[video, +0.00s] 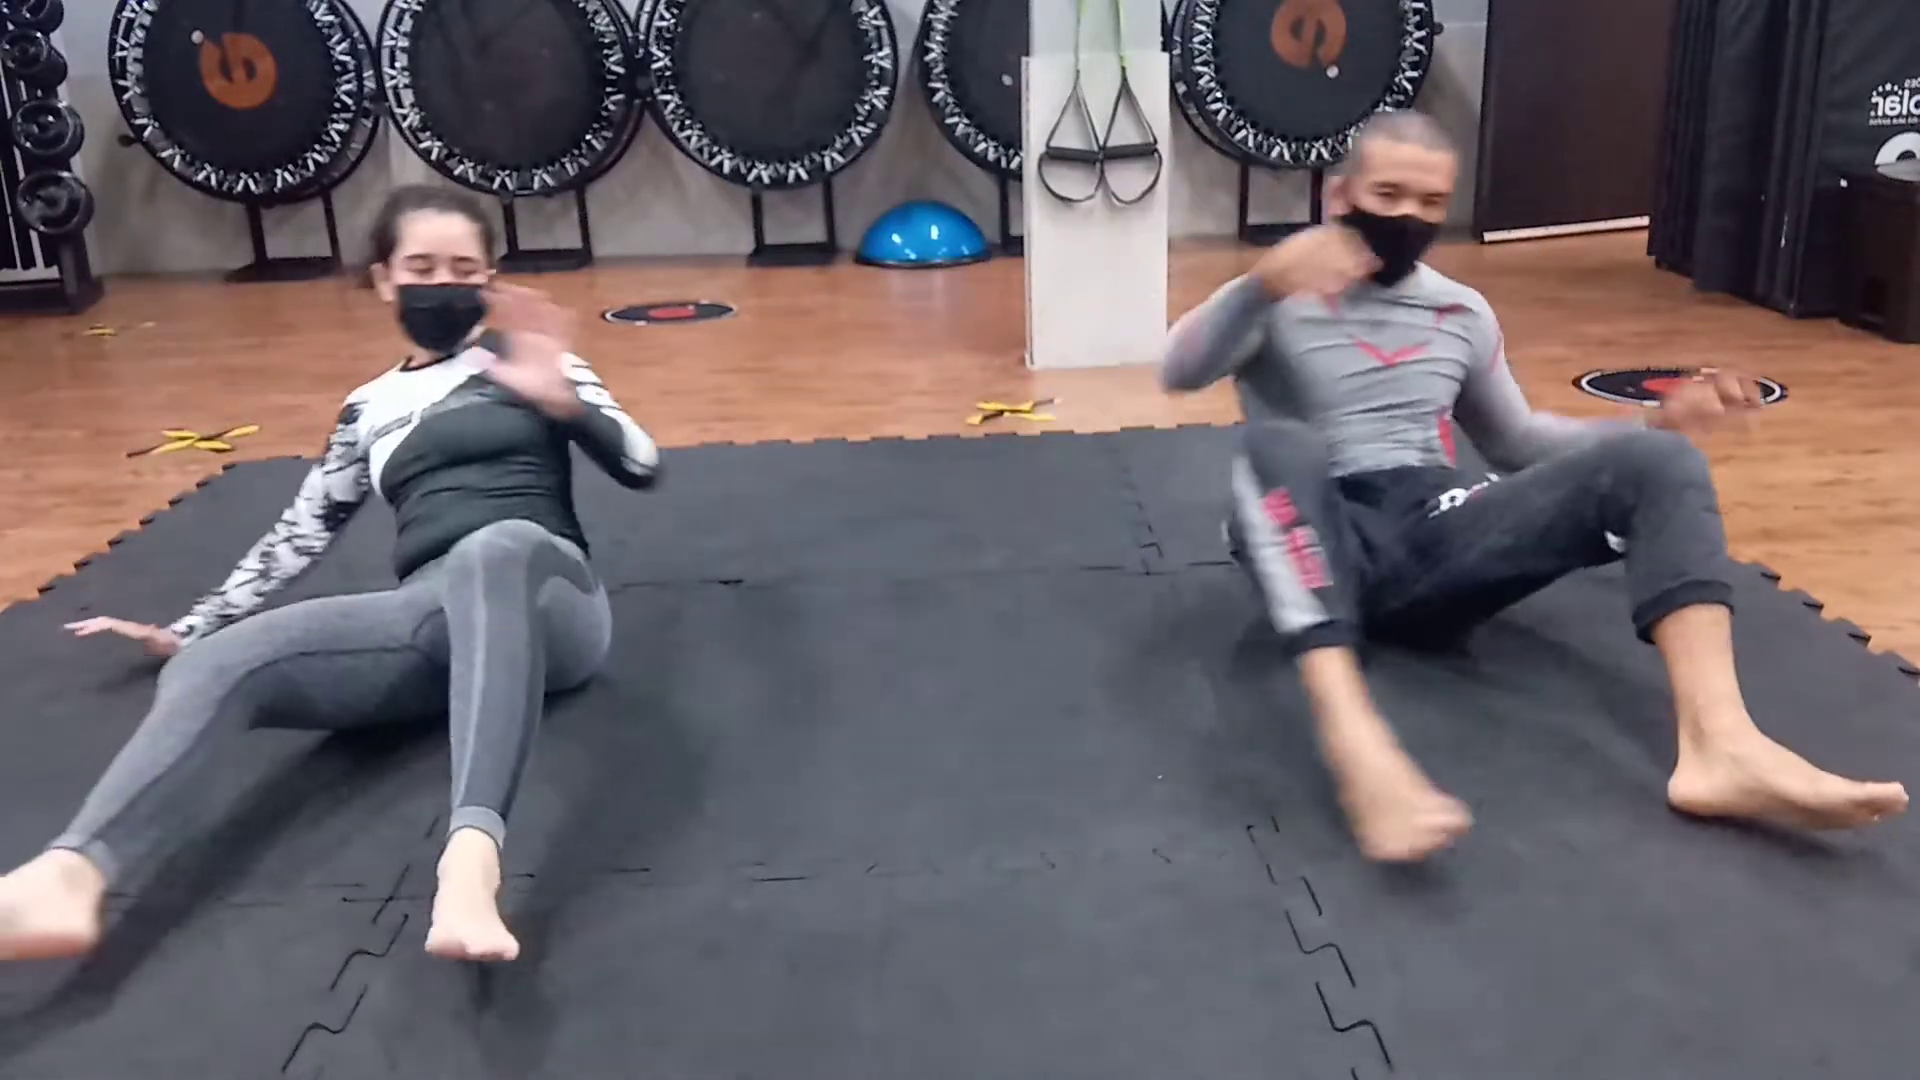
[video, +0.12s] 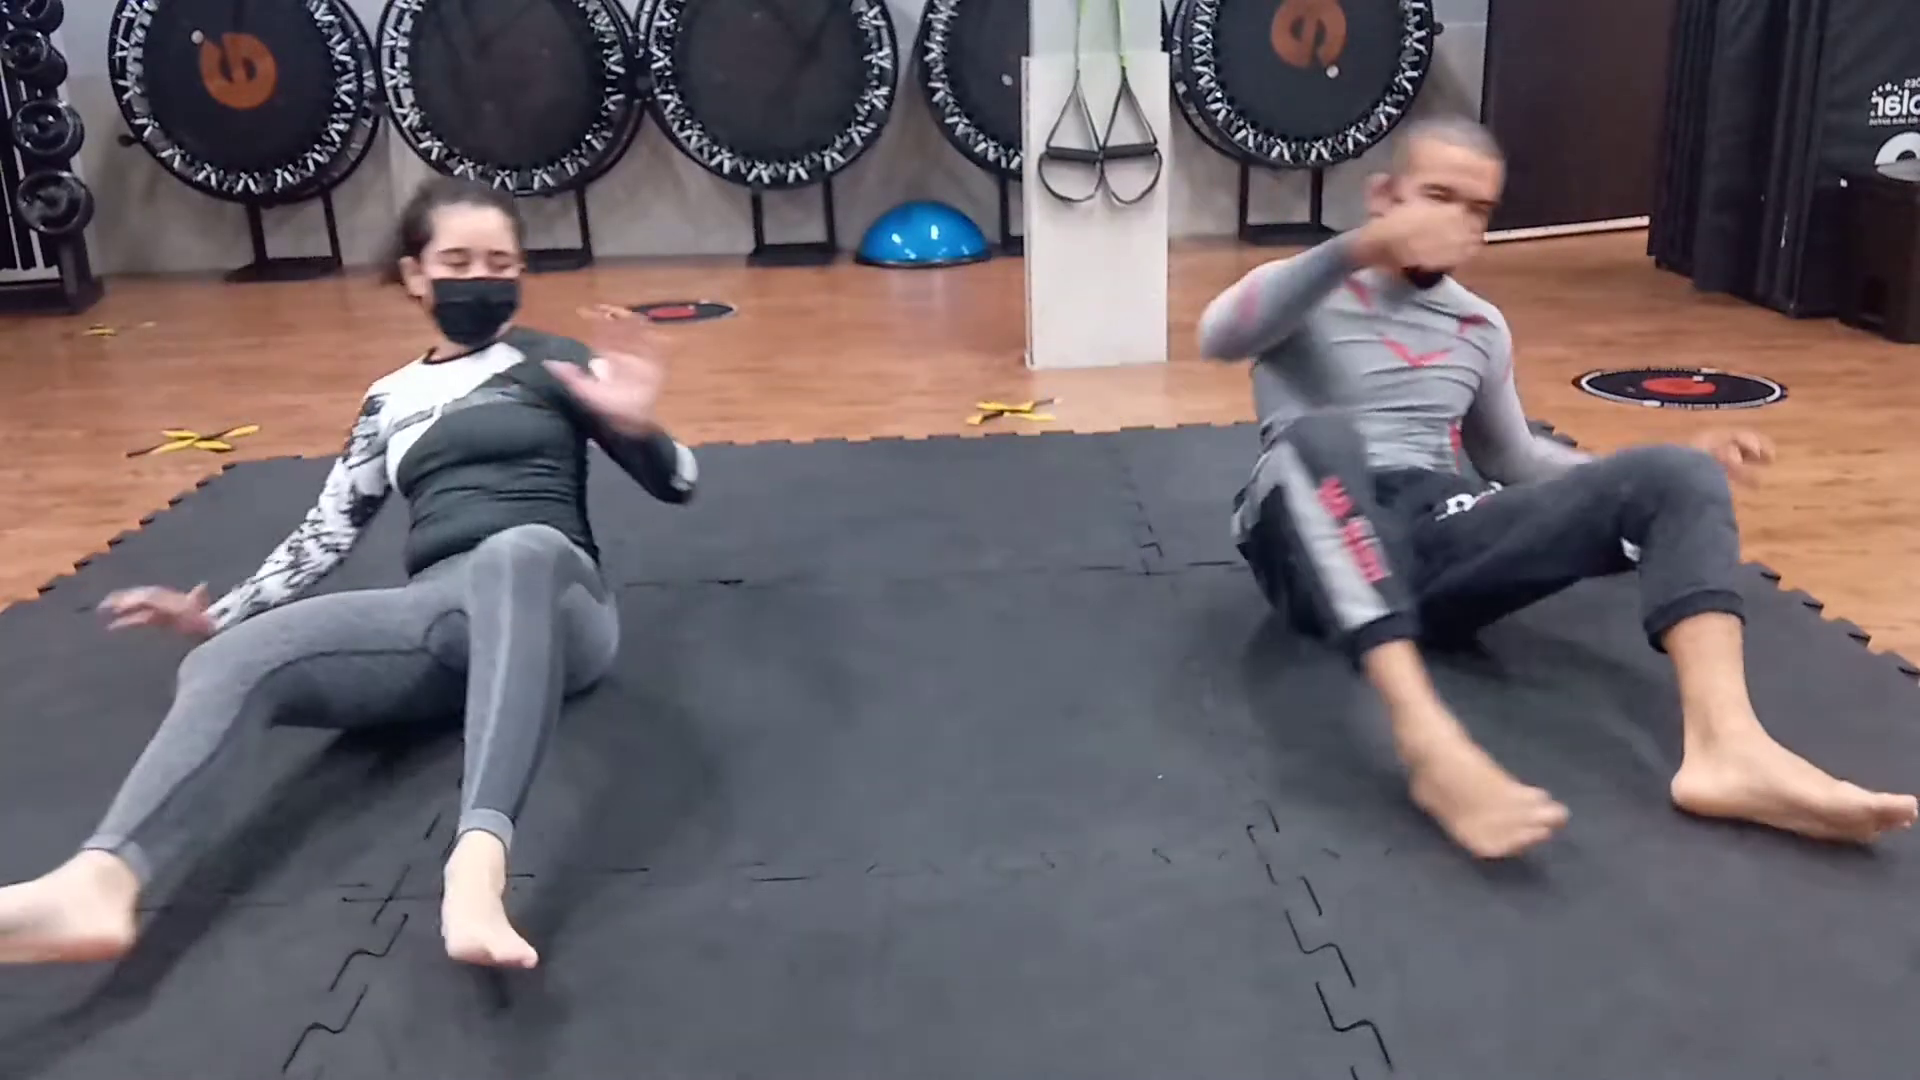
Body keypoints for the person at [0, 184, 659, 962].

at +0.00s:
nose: (443, 281)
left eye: (462, 266)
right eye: (422, 265)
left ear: (491, 277)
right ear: (385, 279)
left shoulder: (541, 365)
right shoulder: (373, 407)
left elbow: (643, 465)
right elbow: (298, 535)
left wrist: (570, 404)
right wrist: (187, 631)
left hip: (549, 601)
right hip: (426, 611)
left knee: (495, 547)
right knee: (219, 653)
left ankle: (473, 852)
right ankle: (72, 874)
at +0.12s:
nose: (479, 277)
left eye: (498, 262)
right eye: (455, 262)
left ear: (523, 273)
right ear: (414, 277)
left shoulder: (565, 367)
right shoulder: (393, 398)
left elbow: (678, 485)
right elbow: (322, 535)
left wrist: (642, 432)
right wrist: (219, 610)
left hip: (553, 599)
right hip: (434, 609)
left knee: (520, 550)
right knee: (231, 653)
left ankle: (481, 857)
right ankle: (104, 877)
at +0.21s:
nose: (509, 273)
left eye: (526, 258)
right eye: (486, 257)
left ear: (546, 270)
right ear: (437, 272)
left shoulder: (576, 362)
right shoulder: (403, 392)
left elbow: (686, 493)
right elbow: (333, 526)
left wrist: (684, 446)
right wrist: (249, 584)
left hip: (551, 595)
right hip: (433, 604)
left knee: (535, 555)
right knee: (245, 641)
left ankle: (485, 865)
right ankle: (130, 873)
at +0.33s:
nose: (554, 273)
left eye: (571, 259)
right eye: (531, 253)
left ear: (588, 273)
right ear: (477, 266)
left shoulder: (608, 370)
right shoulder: (422, 377)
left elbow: (706, 501)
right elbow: (353, 501)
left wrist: (744, 457)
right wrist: (313, 519)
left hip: (559, 592)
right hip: (442, 598)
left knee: (572, 563)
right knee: (272, 627)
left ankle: (492, 874)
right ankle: (189, 859)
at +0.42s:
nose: (589, 271)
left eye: (604, 260)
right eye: (567, 252)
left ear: (616, 281)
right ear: (507, 267)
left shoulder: (631, 377)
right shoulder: (437, 367)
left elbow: (712, 507)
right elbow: (361, 494)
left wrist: (776, 475)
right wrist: (346, 496)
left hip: (573, 594)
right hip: (453, 597)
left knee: (599, 578)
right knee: (305, 608)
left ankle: (496, 878)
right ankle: (248, 846)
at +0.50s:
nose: (626, 281)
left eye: (637, 268)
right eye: (607, 259)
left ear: (643, 283)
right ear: (537, 263)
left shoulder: (646, 381)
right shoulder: (455, 358)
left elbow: (710, 517)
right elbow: (358, 488)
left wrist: (801, 495)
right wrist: (402, 470)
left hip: (588, 587)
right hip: (470, 587)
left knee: (643, 588)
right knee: (349, 582)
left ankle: (503, 873)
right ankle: (314, 832)